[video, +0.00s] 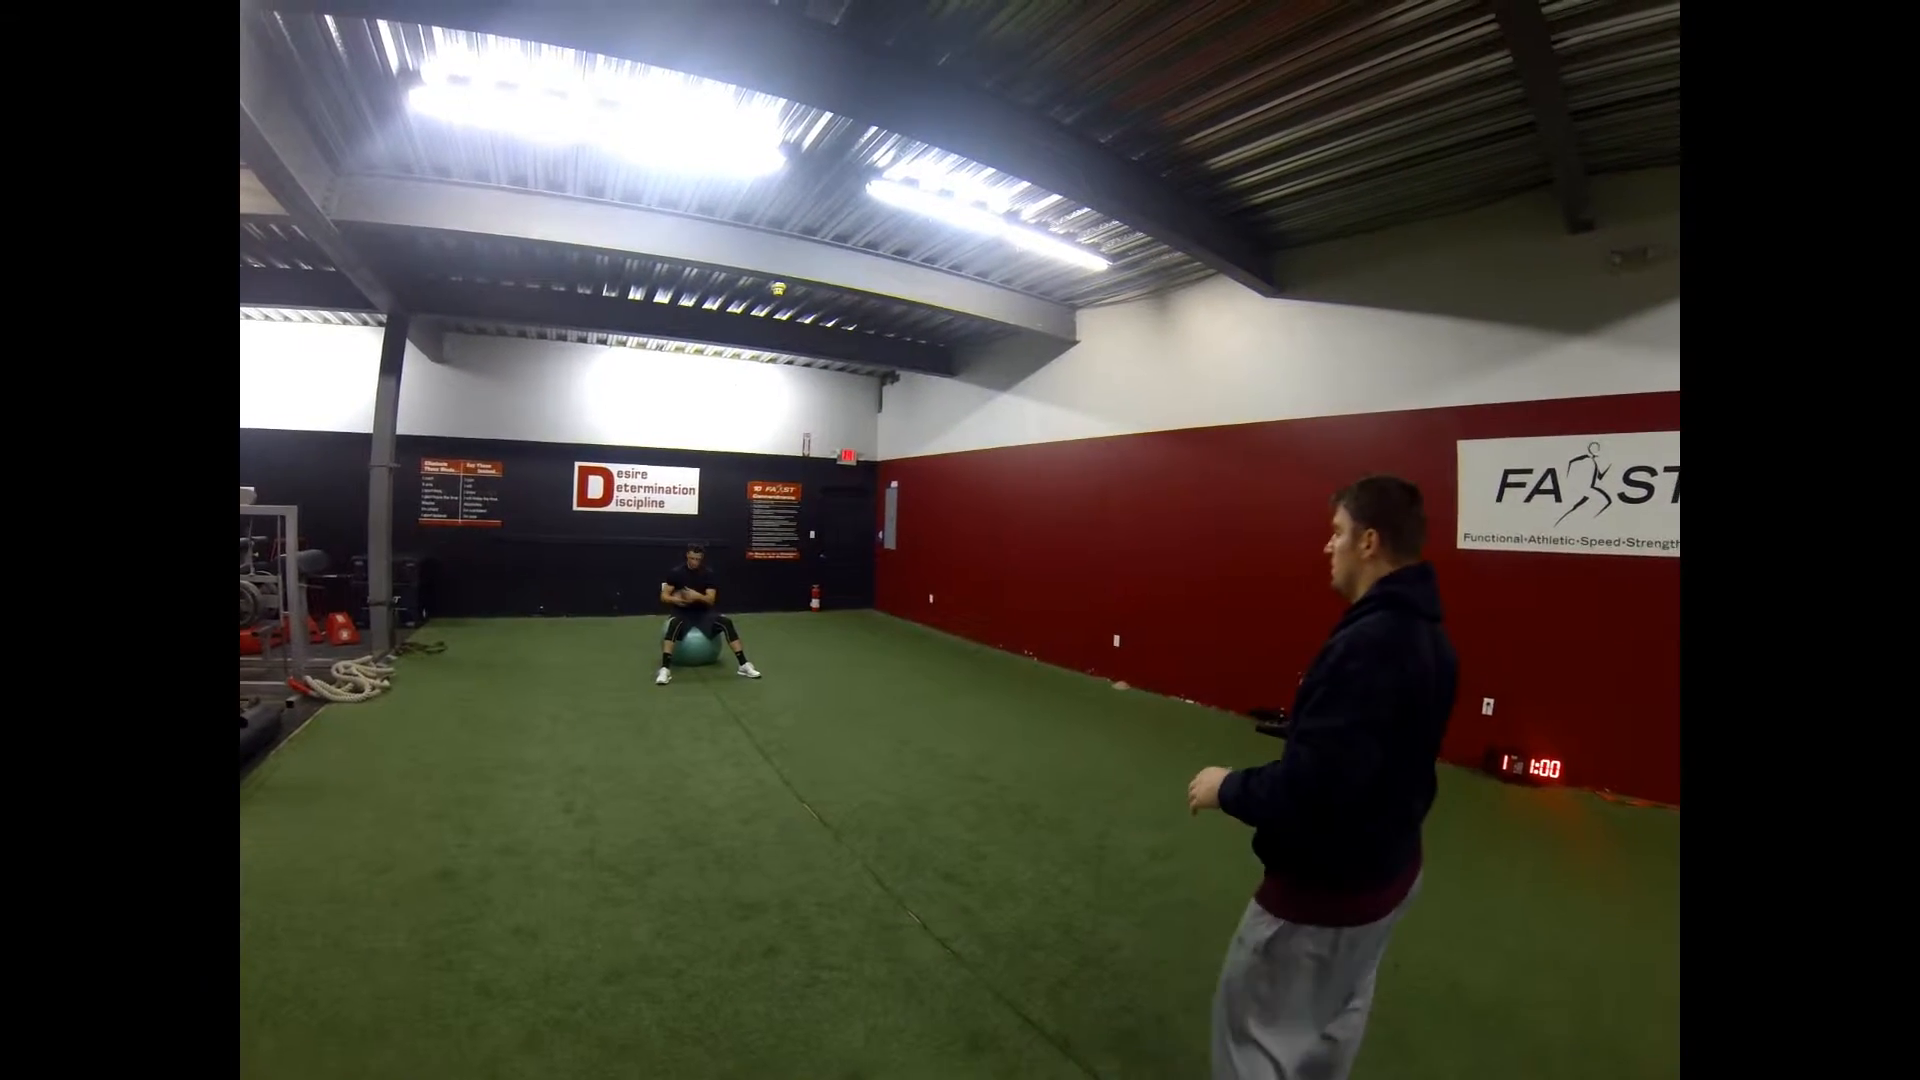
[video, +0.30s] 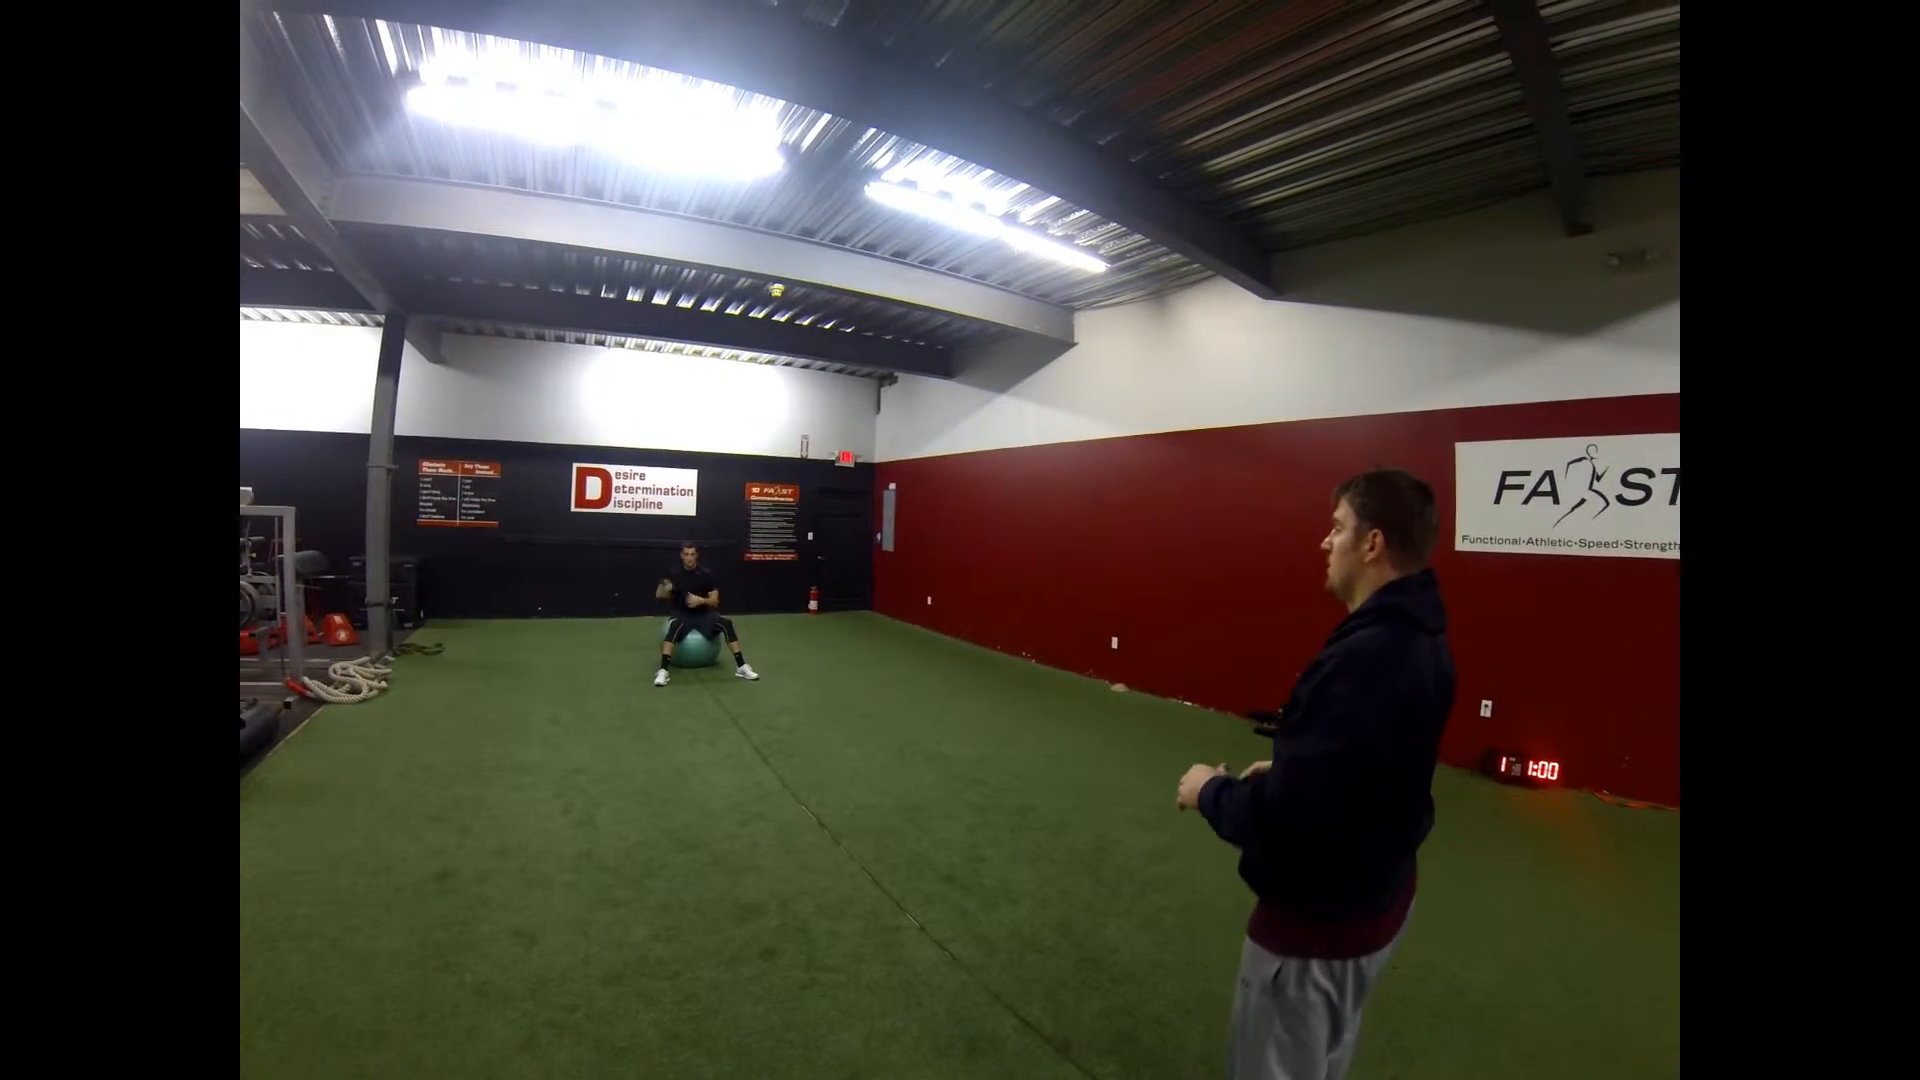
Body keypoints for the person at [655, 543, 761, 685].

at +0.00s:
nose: (695, 562)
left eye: (698, 559)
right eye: (692, 559)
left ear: (702, 559)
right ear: (687, 557)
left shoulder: (708, 573)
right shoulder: (677, 573)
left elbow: (711, 600)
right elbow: (664, 596)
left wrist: (696, 596)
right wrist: (677, 600)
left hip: (703, 613)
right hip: (683, 613)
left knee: (726, 622)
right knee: (674, 624)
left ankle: (744, 664)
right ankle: (665, 669)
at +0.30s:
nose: (689, 558)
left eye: (692, 554)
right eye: (686, 554)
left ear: (697, 556)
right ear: (681, 555)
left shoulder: (706, 574)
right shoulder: (675, 574)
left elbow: (715, 601)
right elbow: (664, 595)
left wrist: (701, 601)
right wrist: (663, 592)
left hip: (704, 614)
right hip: (683, 614)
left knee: (726, 623)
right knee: (675, 626)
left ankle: (741, 666)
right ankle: (663, 670)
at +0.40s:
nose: (690, 557)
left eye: (693, 554)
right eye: (687, 554)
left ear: (697, 556)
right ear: (681, 555)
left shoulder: (706, 573)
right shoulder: (676, 575)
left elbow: (720, 597)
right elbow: (669, 598)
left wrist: (708, 603)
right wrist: (659, 586)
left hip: (704, 615)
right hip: (684, 615)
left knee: (727, 623)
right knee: (677, 626)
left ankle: (742, 667)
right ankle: (664, 670)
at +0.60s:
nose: (691, 552)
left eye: (694, 549)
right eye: (688, 549)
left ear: (699, 552)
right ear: (683, 552)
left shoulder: (708, 570)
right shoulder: (678, 571)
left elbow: (723, 591)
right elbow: (661, 583)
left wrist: (718, 594)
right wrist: (655, 560)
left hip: (706, 613)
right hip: (685, 613)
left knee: (728, 622)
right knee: (676, 623)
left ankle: (742, 664)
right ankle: (664, 668)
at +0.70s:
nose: (691, 549)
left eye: (694, 547)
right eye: (688, 546)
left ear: (699, 549)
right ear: (684, 549)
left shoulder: (708, 568)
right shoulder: (680, 567)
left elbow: (721, 592)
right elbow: (670, 572)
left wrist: (714, 588)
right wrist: (663, 551)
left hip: (706, 612)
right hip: (685, 612)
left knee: (728, 621)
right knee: (677, 622)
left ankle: (743, 664)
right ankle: (665, 667)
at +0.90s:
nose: (694, 543)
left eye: (697, 540)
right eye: (691, 540)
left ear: (702, 543)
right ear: (687, 543)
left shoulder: (711, 564)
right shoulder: (679, 563)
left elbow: (718, 589)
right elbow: (675, 584)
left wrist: (705, 589)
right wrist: (696, 579)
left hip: (708, 607)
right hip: (686, 606)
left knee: (730, 616)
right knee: (677, 617)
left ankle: (744, 660)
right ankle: (666, 663)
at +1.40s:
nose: (691, 554)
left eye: (694, 551)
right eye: (688, 551)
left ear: (698, 554)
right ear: (683, 552)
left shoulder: (703, 572)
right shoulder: (673, 572)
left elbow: (710, 596)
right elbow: (662, 597)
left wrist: (704, 604)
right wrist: (676, 607)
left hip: (698, 614)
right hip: (678, 614)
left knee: (721, 623)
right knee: (670, 624)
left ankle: (738, 665)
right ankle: (660, 668)